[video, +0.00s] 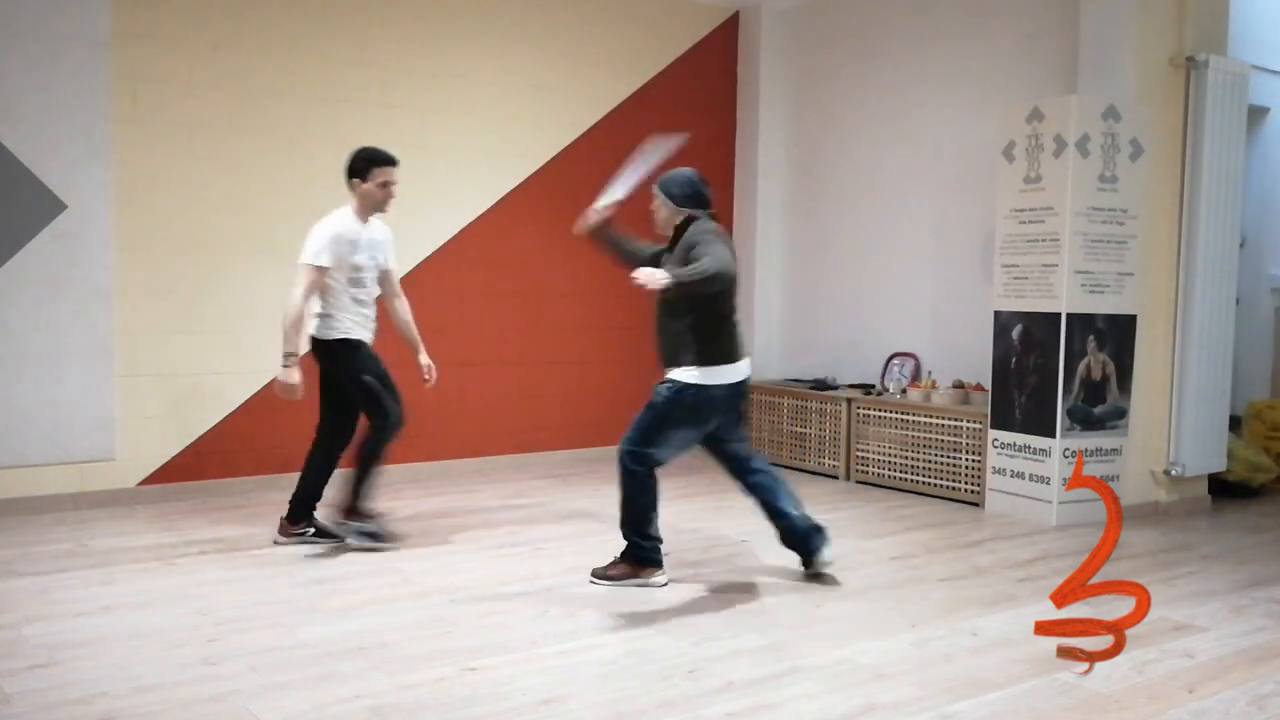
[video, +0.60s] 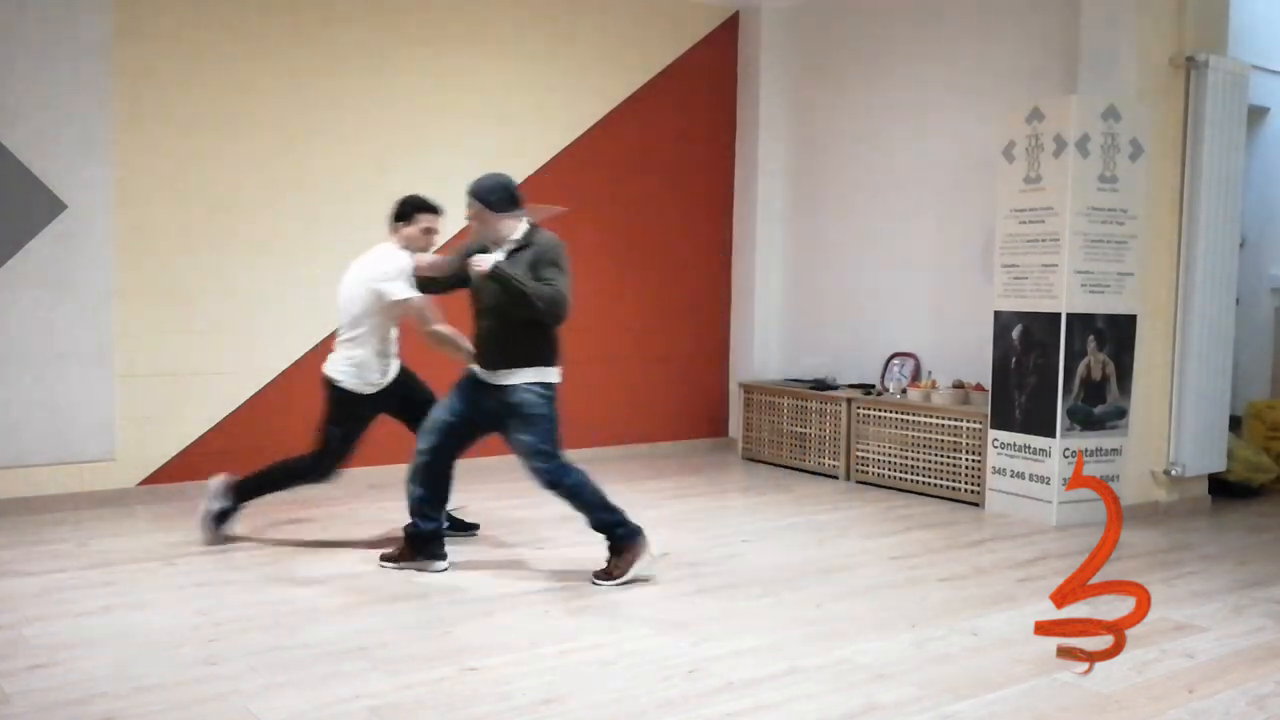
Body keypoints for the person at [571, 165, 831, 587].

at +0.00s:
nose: (652, 210)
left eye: (657, 202)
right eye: (653, 201)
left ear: (677, 206)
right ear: (685, 205)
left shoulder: (704, 235)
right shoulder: (687, 242)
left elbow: (719, 268)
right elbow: (643, 258)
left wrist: (670, 277)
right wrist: (600, 231)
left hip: (697, 382)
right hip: (724, 379)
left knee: (635, 455)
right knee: (746, 463)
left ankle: (641, 557)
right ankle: (810, 543)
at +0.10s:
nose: (627, 209)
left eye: (633, 201)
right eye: (628, 201)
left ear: (655, 205)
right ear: (657, 206)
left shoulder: (690, 242)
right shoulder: (649, 250)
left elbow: (690, 296)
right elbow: (605, 297)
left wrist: (625, 292)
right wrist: (538, 305)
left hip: (674, 381)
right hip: (668, 379)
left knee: (617, 458)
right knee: (673, 455)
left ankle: (641, 558)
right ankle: (747, 523)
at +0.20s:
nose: (600, 208)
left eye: (606, 200)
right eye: (601, 199)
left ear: (630, 204)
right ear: (626, 203)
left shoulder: (671, 245)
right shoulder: (615, 250)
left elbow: (659, 311)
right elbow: (591, 315)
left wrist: (594, 301)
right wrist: (547, 367)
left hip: (656, 377)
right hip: (626, 373)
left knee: (607, 458)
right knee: (608, 453)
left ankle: (641, 557)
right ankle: (661, 533)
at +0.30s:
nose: (569, 207)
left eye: (575, 200)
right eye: (570, 199)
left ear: (600, 203)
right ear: (597, 204)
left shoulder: (645, 244)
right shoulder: (581, 249)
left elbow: (636, 312)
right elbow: (568, 313)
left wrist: (570, 297)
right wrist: (562, 371)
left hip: (629, 376)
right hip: (589, 371)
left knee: (593, 467)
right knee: (551, 449)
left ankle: (640, 553)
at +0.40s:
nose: (536, 209)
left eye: (542, 201)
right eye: (537, 201)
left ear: (568, 205)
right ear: (562, 204)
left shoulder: (617, 243)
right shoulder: (548, 250)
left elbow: (615, 308)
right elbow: (528, 304)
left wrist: (546, 301)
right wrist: (549, 332)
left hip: (599, 376)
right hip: (557, 372)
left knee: (583, 467)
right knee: (515, 448)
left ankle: (639, 551)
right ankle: (485, 531)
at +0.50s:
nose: (502, 215)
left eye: (508, 208)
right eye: (503, 207)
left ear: (532, 209)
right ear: (528, 210)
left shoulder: (582, 246)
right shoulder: (516, 249)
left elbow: (585, 305)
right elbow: (480, 296)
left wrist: (538, 293)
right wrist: (504, 289)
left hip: (567, 382)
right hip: (523, 377)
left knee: (572, 469)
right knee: (478, 449)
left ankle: (639, 550)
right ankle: (437, 537)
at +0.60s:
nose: (469, 223)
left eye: (474, 215)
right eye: (469, 215)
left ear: (498, 214)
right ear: (490, 213)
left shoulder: (544, 248)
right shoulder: (481, 251)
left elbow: (555, 307)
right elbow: (436, 280)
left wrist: (499, 271)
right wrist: (421, 271)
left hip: (528, 384)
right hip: (482, 380)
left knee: (547, 467)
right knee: (432, 446)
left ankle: (625, 537)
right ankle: (424, 541)